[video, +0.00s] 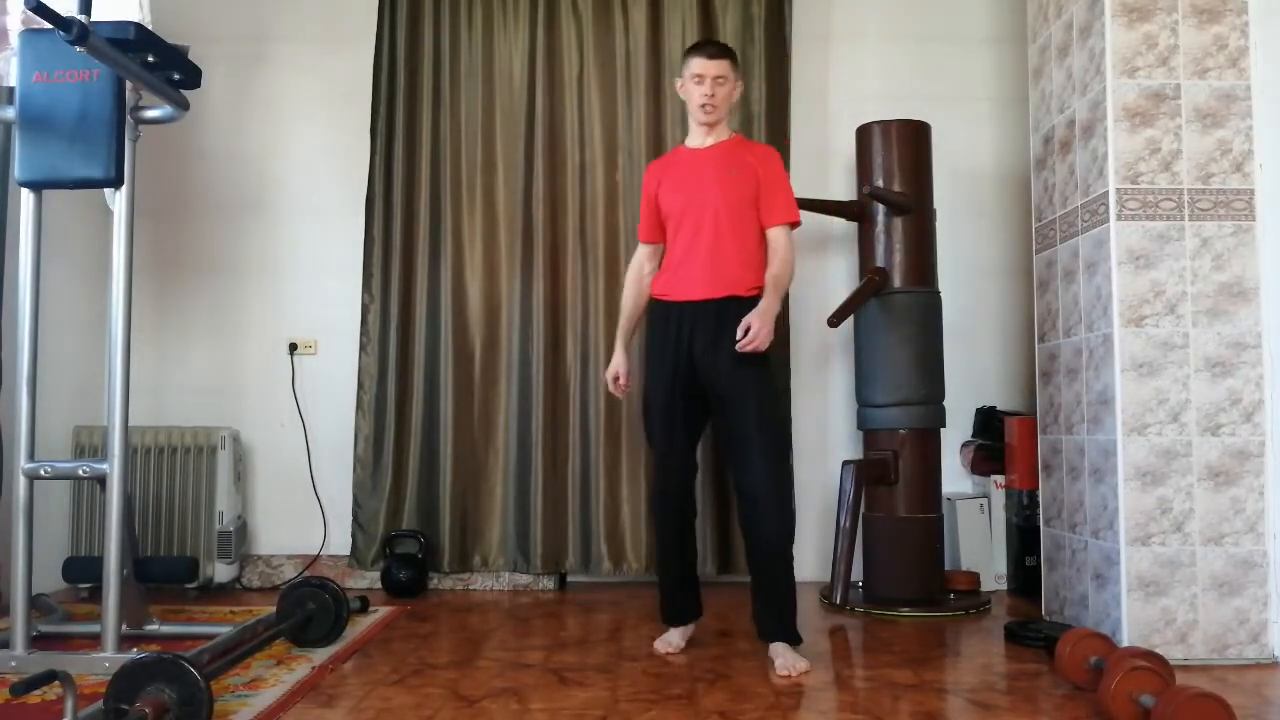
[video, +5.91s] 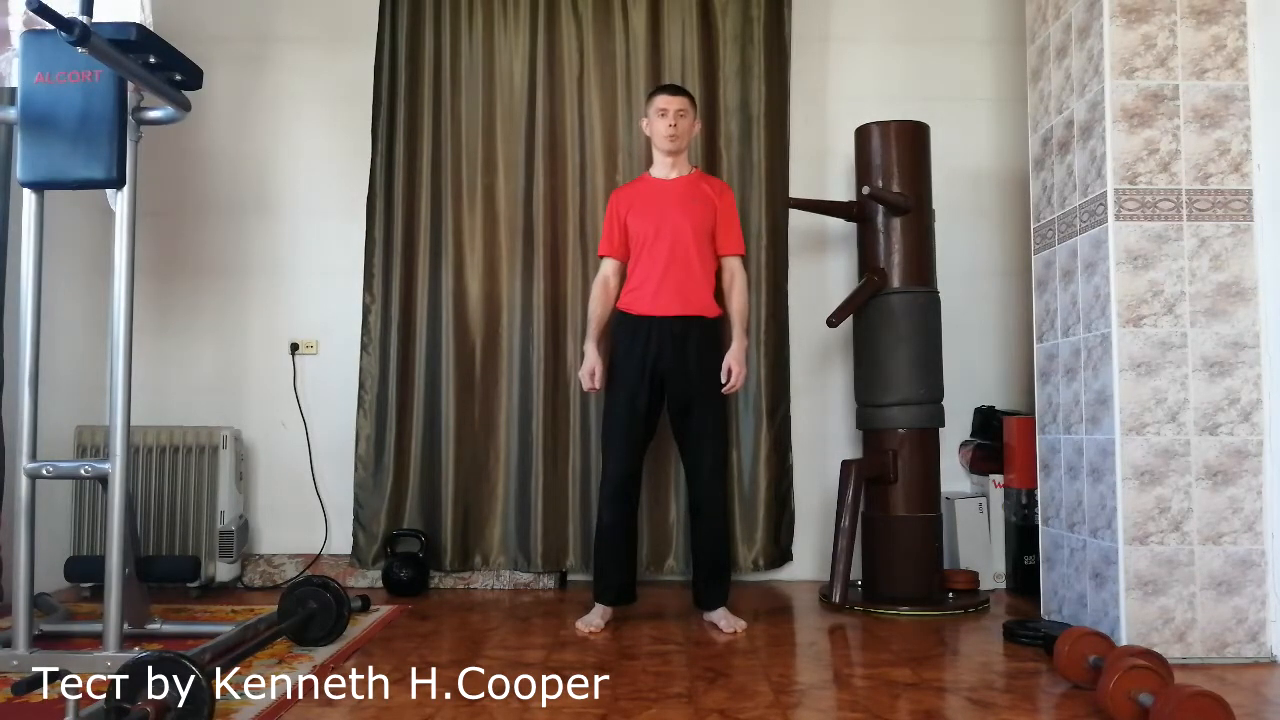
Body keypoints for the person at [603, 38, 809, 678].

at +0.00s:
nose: (709, 90)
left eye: (720, 80)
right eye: (698, 80)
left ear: (737, 89)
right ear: (681, 88)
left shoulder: (761, 160)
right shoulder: (660, 172)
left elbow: (782, 247)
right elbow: (644, 263)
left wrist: (770, 306)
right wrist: (621, 344)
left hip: (741, 327)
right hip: (669, 330)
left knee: (763, 483)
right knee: (670, 482)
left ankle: (780, 634)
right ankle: (680, 616)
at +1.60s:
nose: (666, 122)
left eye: (676, 114)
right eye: (657, 115)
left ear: (693, 128)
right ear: (642, 129)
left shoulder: (714, 193)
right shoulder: (622, 199)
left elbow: (731, 273)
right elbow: (602, 269)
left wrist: (728, 338)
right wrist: (584, 293)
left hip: (697, 339)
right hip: (634, 338)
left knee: (707, 474)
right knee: (618, 471)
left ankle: (713, 602)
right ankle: (608, 598)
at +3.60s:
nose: (667, 123)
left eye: (678, 115)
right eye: (658, 115)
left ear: (693, 128)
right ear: (643, 127)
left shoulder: (715, 192)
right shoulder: (623, 197)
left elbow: (734, 267)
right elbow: (605, 271)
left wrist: (730, 320)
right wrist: (590, 328)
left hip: (697, 338)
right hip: (632, 338)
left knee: (708, 473)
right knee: (619, 471)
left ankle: (713, 602)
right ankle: (609, 598)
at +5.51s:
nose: (669, 122)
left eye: (679, 114)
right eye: (659, 114)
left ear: (693, 127)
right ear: (643, 127)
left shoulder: (715, 193)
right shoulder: (624, 198)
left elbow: (732, 272)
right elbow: (608, 275)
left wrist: (732, 334)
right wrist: (594, 340)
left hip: (698, 339)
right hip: (633, 339)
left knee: (707, 475)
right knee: (618, 473)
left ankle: (712, 602)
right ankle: (608, 599)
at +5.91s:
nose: (671, 122)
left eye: (681, 115)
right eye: (662, 114)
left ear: (696, 127)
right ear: (645, 126)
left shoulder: (716, 193)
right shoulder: (624, 198)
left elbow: (733, 272)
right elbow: (608, 276)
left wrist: (738, 340)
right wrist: (592, 344)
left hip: (699, 340)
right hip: (634, 339)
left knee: (708, 475)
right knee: (619, 473)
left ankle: (712, 602)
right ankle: (608, 598)